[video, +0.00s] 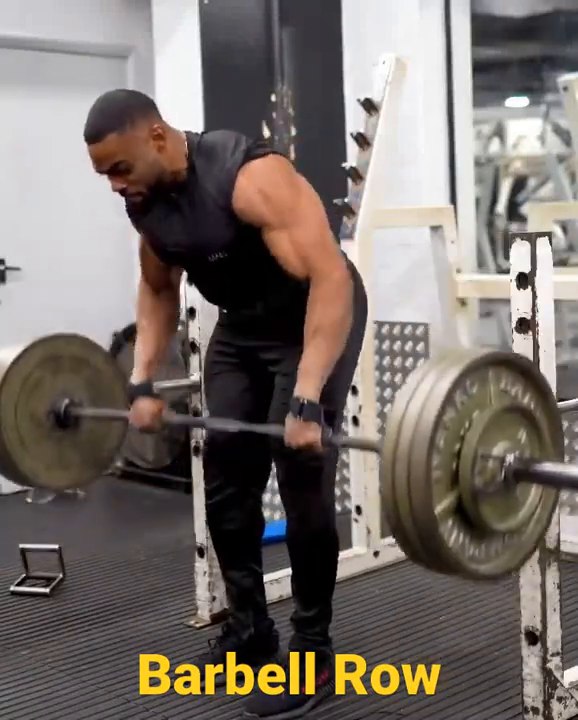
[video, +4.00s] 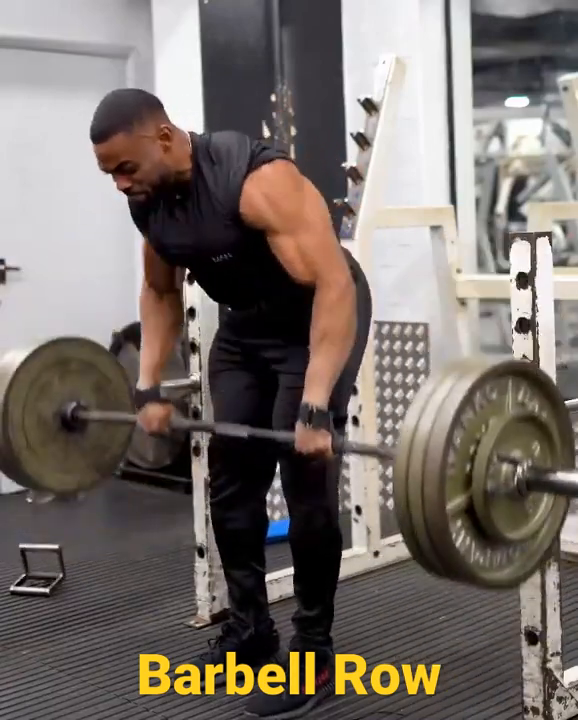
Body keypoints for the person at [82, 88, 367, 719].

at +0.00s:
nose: (115, 186)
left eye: (119, 168)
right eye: (106, 175)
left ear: (160, 137)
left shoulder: (253, 176)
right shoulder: (147, 201)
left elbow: (332, 277)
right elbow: (158, 288)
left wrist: (307, 398)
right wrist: (142, 380)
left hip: (315, 321)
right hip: (241, 332)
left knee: (302, 475)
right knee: (226, 481)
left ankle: (311, 646)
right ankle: (248, 627)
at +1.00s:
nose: (103, 205)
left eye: (112, 188)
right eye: (96, 192)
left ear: (158, 169)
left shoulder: (246, 232)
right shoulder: (138, 253)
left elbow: (302, 356)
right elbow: (147, 352)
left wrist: (306, 485)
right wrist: (145, 455)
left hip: (325, 311)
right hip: (246, 323)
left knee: (290, 472)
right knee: (220, 467)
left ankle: (309, 649)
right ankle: (247, 628)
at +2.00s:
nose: (122, 181)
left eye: (127, 164)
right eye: (114, 170)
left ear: (169, 133)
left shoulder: (262, 177)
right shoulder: (153, 198)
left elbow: (337, 278)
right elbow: (161, 287)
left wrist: (317, 397)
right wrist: (149, 377)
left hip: (313, 327)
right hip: (242, 335)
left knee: (302, 480)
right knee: (227, 485)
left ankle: (311, 648)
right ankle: (248, 629)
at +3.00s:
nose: (105, 210)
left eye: (113, 194)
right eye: (98, 198)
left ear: (159, 171)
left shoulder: (252, 232)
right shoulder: (140, 250)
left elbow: (305, 356)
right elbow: (149, 354)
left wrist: (308, 485)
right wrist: (147, 459)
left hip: (330, 309)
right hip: (249, 322)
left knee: (300, 476)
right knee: (221, 468)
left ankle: (310, 649)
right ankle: (247, 627)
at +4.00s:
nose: (120, 185)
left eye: (125, 168)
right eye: (111, 174)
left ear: (166, 137)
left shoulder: (261, 179)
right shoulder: (152, 203)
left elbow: (335, 283)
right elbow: (160, 292)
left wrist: (316, 402)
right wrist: (149, 386)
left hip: (318, 324)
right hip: (245, 333)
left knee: (307, 478)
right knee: (230, 483)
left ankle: (312, 646)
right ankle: (248, 626)